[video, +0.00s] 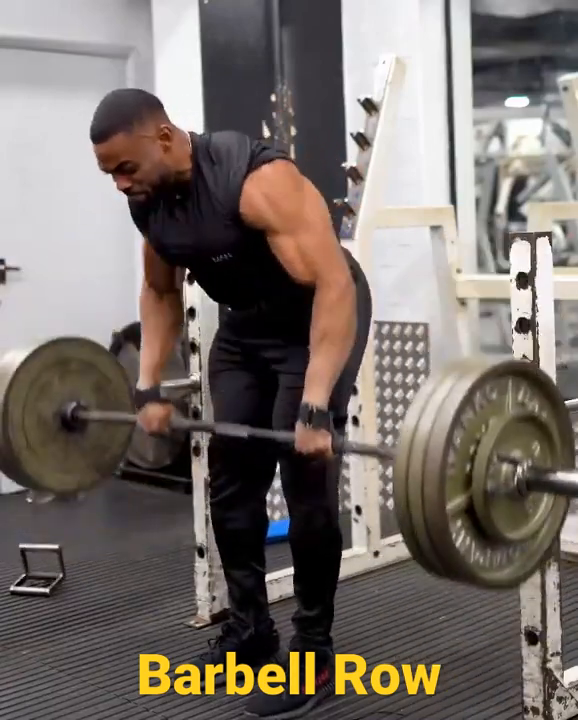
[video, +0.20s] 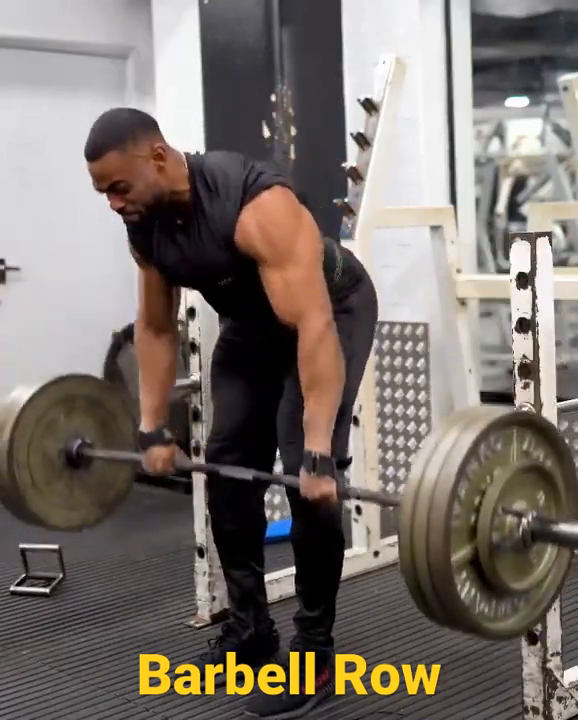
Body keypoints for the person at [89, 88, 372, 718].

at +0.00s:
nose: (120, 185)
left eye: (125, 168)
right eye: (111, 174)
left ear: (166, 137)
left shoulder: (261, 179)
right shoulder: (152, 203)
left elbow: (335, 283)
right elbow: (160, 292)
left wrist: (316, 402)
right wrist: (149, 386)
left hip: (318, 324)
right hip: (245, 333)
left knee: (307, 478)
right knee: (230, 483)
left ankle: (312, 646)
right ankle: (248, 626)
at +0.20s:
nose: (114, 204)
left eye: (119, 187)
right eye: (106, 193)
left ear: (159, 156)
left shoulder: (260, 206)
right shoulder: (146, 224)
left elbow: (316, 326)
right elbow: (155, 326)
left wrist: (318, 454)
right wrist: (154, 429)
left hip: (329, 308)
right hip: (251, 320)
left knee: (310, 468)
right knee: (227, 469)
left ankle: (312, 647)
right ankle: (249, 625)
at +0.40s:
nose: (109, 222)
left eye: (115, 205)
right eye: (101, 210)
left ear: (157, 176)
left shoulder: (256, 233)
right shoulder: (144, 245)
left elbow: (303, 360)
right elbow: (156, 356)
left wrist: (322, 486)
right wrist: (157, 460)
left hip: (330, 312)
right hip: (249, 324)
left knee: (302, 472)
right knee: (221, 468)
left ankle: (313, 647)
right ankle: (248, 628)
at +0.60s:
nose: (106, 235)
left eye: (114, 218)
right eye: (98, 221)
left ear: (157, 194)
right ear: (146, 199)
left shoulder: (256, 257)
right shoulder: (142, 268)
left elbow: (298, 391)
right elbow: (158, 382)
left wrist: (321, 515)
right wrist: (157, 485)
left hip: (335, 319)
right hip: (253, 327)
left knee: (297, 472)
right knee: (216, 466)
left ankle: (311, 649)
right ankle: (248, 627)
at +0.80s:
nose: (108, 237)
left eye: (117, 219)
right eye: (101, 223)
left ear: (162, 200)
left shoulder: (257, 263)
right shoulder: (142, 277)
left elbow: (297, 399)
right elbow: (157, 388)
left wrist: (317, 526)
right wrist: (153, 495)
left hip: (336, 324)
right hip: (253, 333)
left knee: (294, 475)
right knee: (211, 470)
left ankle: (311, 650)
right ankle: (248, 628)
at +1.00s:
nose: (106, 212)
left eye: (114, 194)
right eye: (98, 198)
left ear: (160, 172)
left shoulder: (250, 229)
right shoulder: (142, 245)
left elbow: (304, 355)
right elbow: (154, 353)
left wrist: (312, 485)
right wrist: (150, 458)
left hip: (333, 308)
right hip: (253, 319)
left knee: (299, 469)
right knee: (229, 469)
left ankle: (311, 650)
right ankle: (248, 630)